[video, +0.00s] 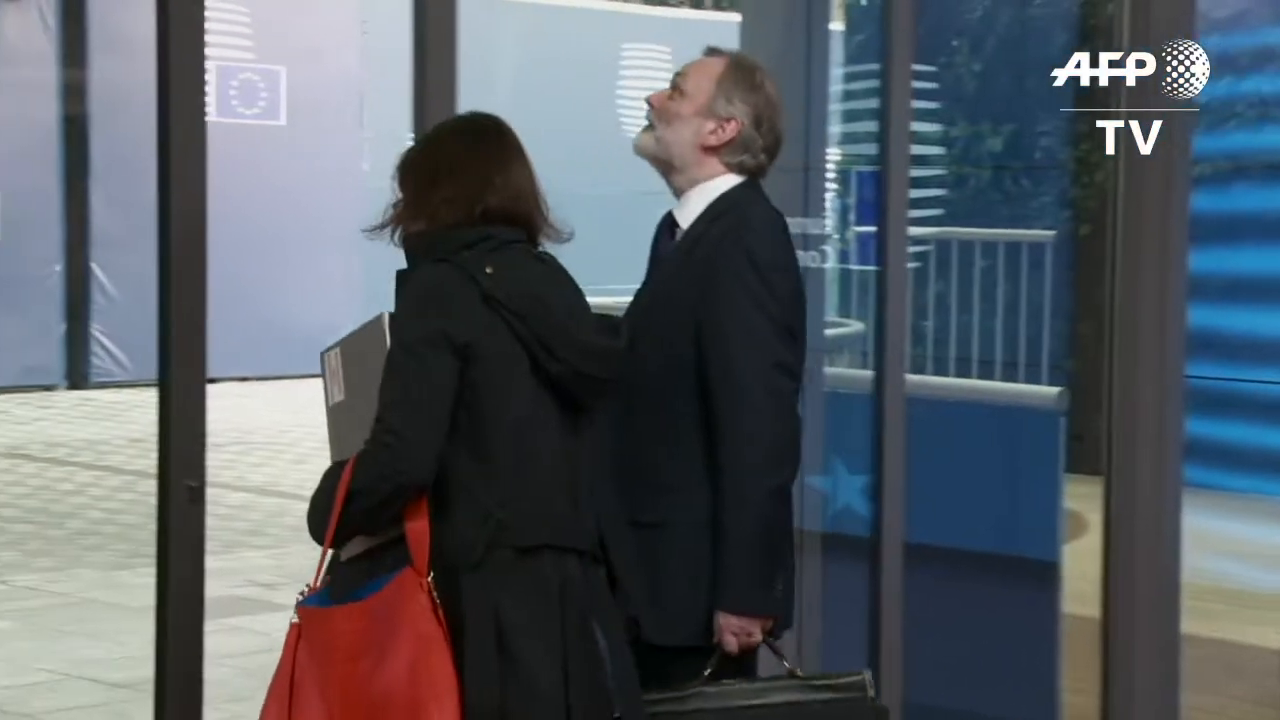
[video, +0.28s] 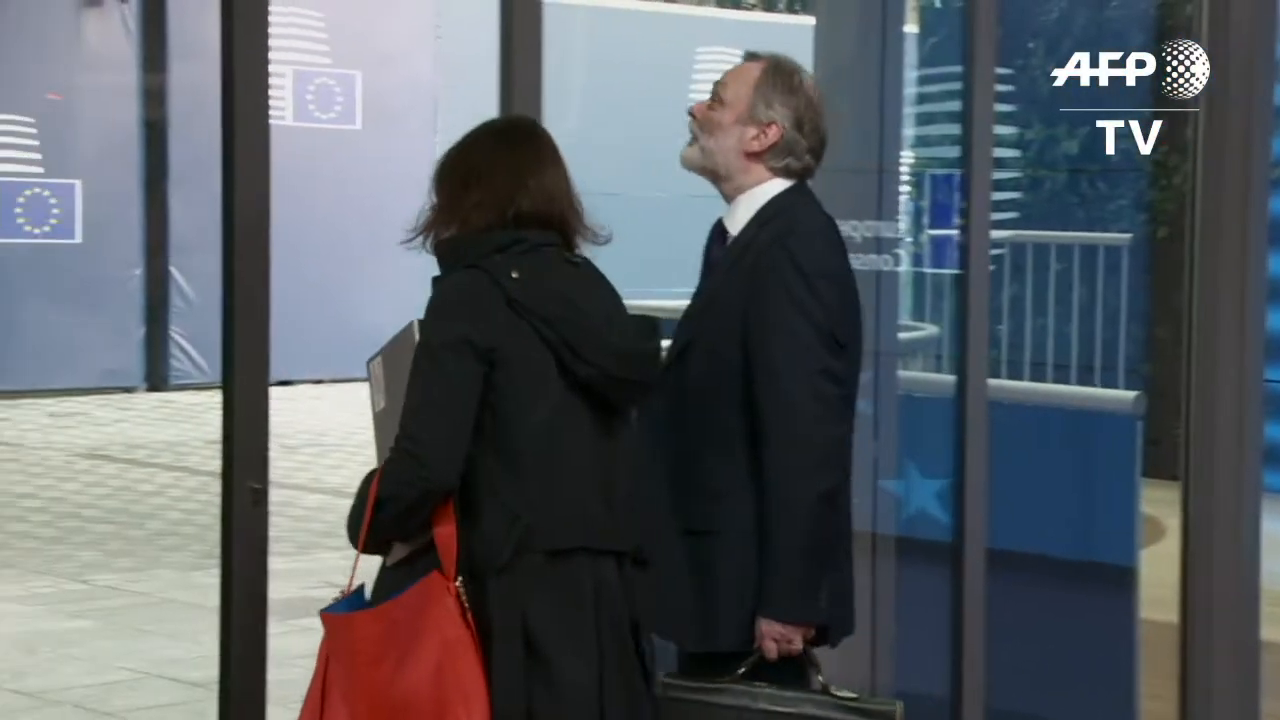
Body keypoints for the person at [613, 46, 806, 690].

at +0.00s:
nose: (653, 99)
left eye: (676, 93)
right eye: (667, 87)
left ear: (719, 131)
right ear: (714, 132)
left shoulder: (743, 236)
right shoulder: (690, 227)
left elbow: (757, 425)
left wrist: (744, 588)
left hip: (696, 574)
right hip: (658, 564)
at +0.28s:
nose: (696, 110)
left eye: (717, 102)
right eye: (708, 98)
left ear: (761, 136)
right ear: (757, 137)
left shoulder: (791, 243)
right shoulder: (748, 232)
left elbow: (802, 431)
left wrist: (787, 596)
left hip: (751, 586)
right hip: (718, 576)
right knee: (720, 717)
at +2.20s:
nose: (689, 210)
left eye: (689, 191)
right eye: (688, 193)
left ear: (711, 179)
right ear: (770, 176)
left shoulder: (799, 265)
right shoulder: (769, 263)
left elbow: (846, 432)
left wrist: (830, 581)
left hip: (792, 599)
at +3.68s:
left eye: (565, 173)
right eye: (645, 168)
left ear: (570, 180)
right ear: (641, 177)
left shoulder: (533, 255)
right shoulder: (691, 269)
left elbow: (505, 388)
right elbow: (718, 399)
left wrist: (488, 501)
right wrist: (714, 507)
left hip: (556, 505)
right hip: (657, 504)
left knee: (561, 670)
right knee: (641, 670)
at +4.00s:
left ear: (545, 185)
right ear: (611, 182)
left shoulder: (503, 251)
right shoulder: (654, 265)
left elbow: (474, 371)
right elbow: (674, 379)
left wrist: (452, 474)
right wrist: (635, 444)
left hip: (522, 462)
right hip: (626, 469)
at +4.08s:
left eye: (526, 189)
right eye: (597, 182)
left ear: (530, 194)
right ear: (596, 189)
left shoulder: (495, 261)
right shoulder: (638, 271)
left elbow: (463, 380)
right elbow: (663, 380)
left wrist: (445, 482)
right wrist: (621, 440)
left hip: (512, 479)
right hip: (609, 480)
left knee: (515, 625)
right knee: (611, 628)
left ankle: (521, 709)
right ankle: (613, 709)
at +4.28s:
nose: (567, 174)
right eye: (566, 166)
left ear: (498, 178)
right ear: (560, 173)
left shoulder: (468, 249)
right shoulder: (610, 253)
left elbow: (445, 367)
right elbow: (636, 371)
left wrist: (439, 473)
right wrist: (624, 465)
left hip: (489, 469)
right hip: (580, 469)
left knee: (477, 618)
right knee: (562, 605)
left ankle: (479, 716)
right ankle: (592, 708)